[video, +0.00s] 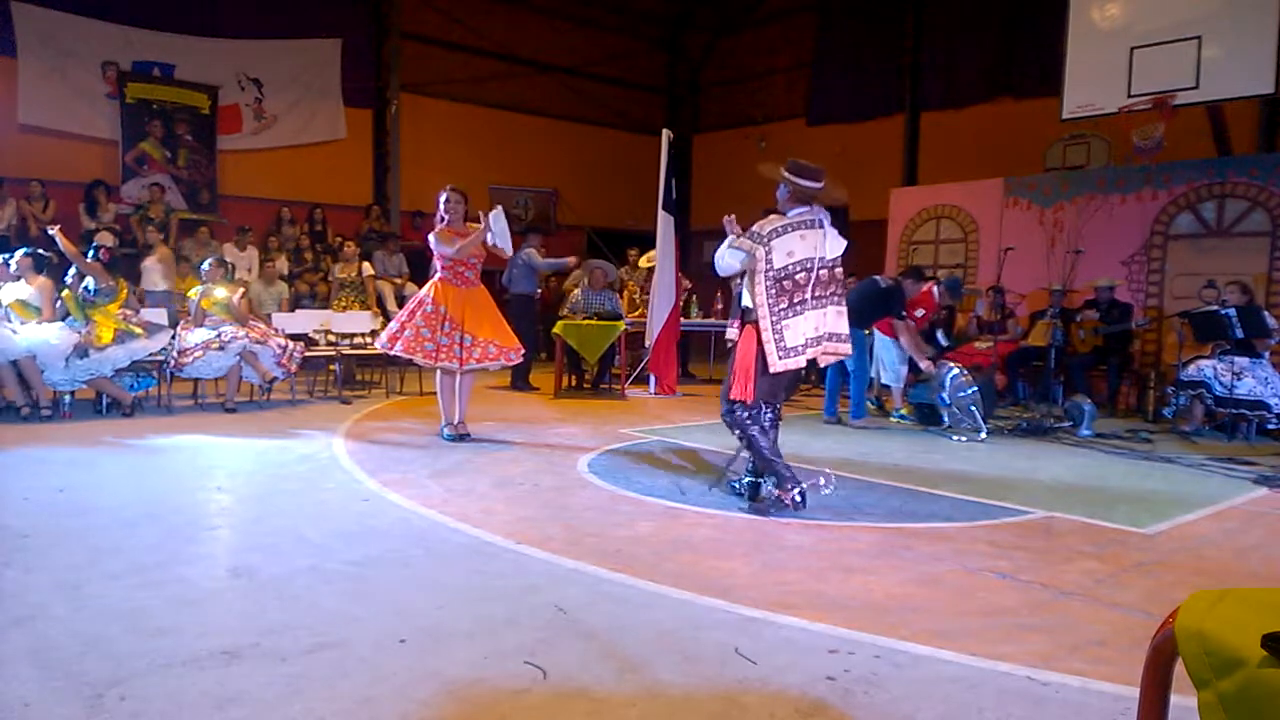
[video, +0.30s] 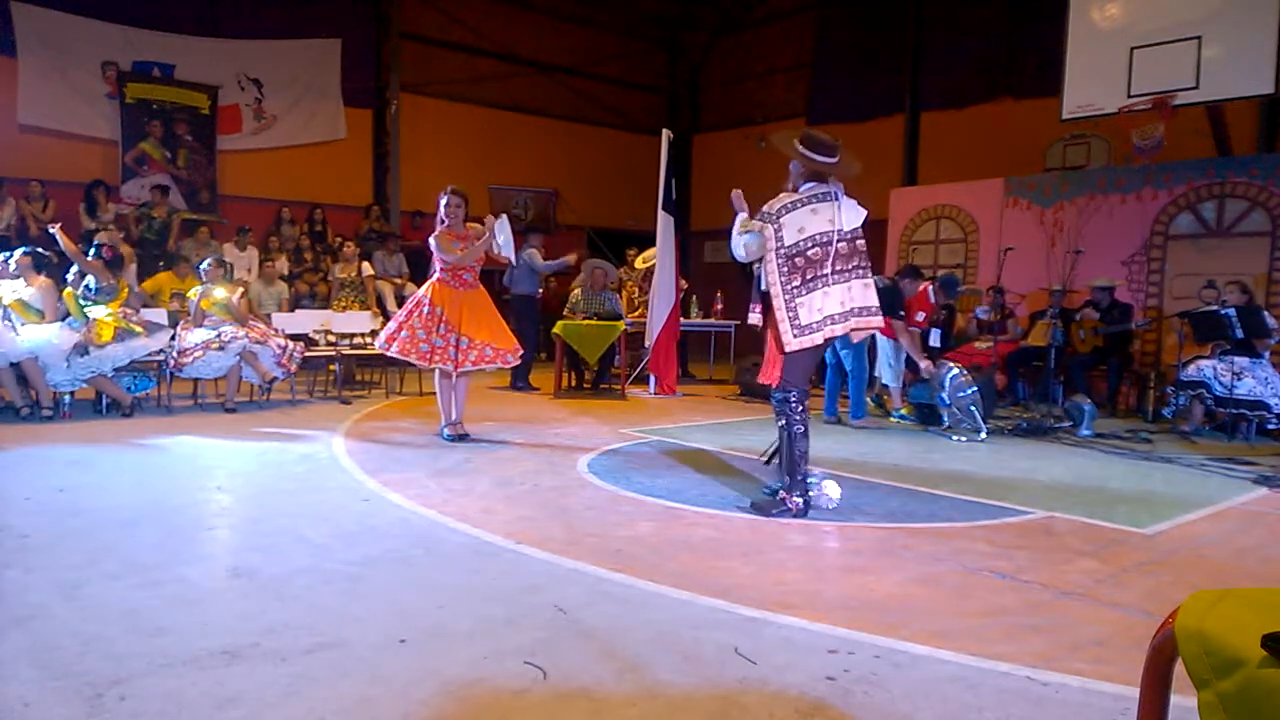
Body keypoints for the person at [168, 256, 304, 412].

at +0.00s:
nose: (205, 271)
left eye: (210, 268)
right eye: (205, 268)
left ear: (222, 271)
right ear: (202, 272)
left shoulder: (237, 291)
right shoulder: (197, 293)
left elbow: (244, 320)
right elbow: (197, 323)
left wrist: (231, 304)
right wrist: (201, 299)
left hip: (233, 327)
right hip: (207, 328)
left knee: (236, 355)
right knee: (236, 339)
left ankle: (230, 399)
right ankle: (264, 374)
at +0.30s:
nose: (205, 272)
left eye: (210, 268)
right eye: (204, 268)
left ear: (222, 270)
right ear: (202, 273)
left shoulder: (236, 290)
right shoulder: (196, 293)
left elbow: (244, 320)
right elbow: (196, 323)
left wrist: (230, 303)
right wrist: (201, 299)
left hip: (232, 327)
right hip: (207, 329)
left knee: (236, 355)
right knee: (236, 339)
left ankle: (230, 400)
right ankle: (264, 374)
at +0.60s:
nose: (212, 271)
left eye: (216, 267)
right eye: (209, 267)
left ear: (225, 271)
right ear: (204, 272)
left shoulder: (237, 290)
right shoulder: (197, 293)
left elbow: (244, 320)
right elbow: (197, 323)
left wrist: (231, 304)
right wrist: (201, 299)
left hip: (232, 327)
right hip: (207, 328)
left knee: (236, 356)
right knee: (237, 340)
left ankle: (229, 400)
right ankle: (264, 374)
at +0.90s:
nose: (215, 271)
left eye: (218, 267)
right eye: (211, 268)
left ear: (225, 270)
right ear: (205, 272)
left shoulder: (237, 290)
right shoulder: (197, 293)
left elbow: (244, 320)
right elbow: (196, 323)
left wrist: (230, 303)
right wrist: (201, 299)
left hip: (232, 327)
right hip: (207, 328)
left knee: (236, 356)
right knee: (237, 340)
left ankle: (229, 400)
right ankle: (264, 374)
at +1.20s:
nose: (214, 271)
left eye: (218, 268)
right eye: (210, 268)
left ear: (224, 270)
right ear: (204, 272)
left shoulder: (236, 289)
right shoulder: (197, 292)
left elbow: (244, 319)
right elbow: (197, 322)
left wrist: (233, 304)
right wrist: (201, 299)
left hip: (233, 327)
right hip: (208, 328)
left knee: (236, 356)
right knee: (237, 340)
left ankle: (229, 400)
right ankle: (264, 374)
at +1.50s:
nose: (212, 272)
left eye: (216, 268)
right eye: (209, 269)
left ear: (224, 270)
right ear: (203, 272)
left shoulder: (236, 289)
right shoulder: (197, 293)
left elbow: (244, 319)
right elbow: (197, 322)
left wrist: (234, 303)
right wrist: (201, 298)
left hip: (233, 327)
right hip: (208, 328)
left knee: (236, 356)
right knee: (237, 340)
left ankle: (230, 400)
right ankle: (264, 374)